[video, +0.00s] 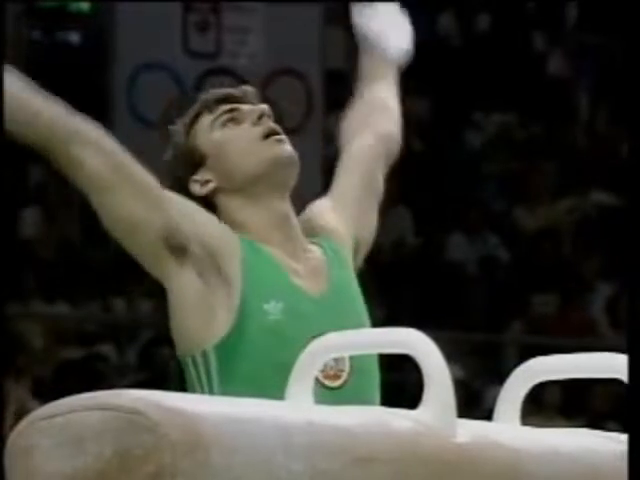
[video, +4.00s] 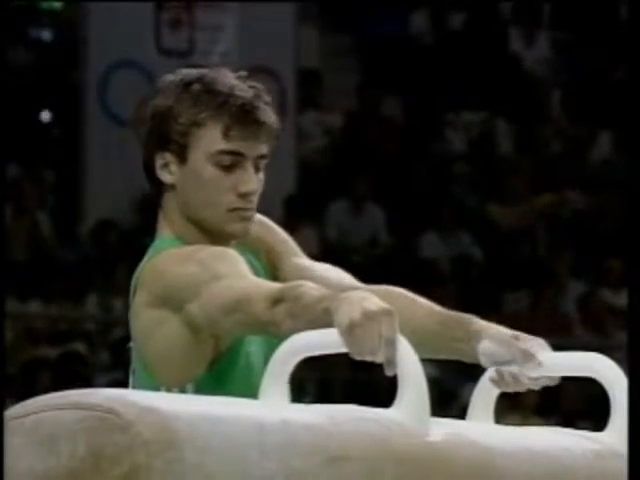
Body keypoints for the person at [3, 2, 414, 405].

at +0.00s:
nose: (264, 115)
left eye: (267, 112)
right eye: (231, 120)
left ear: (287, 143)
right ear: (203, 179)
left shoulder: (333, 240)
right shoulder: (198, 251)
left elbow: (371, 139)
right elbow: (79, 143)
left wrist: (381, 56)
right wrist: (5, 81)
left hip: (364, 473)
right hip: (253, 475)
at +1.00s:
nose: (259, 177)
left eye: (269, 158)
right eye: (235, 155)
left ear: (280, 163)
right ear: (180, 164)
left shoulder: (287, 250)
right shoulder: (184, 270)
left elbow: (388, 316)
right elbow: (271, 298)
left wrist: (500, 334)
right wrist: (347, 305)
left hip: (307, 473)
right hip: (221, 476)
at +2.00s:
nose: (268, 197)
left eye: (277, 178)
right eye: (248, 176)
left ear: (286, 172)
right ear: (186, 172)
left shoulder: (272, 241)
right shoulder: (188, 270)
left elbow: (371, 298)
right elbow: (271, 305)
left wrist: (477, 342)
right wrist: (339, 306)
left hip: (267, 466)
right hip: (199, 470)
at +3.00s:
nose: (254, 168)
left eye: (258, 149)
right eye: (227, 150)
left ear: (266, 154)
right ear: (169, 166)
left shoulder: (257, 241)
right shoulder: (183, 271)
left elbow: (359, 296)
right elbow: (271, 306)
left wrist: (479, 339)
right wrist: (343, 303)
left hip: (246, 467)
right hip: (186, 471)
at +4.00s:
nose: (251, 185)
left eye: (259, 165)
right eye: (228, 164)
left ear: (267, 164)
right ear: (168, 167)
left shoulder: (255, 237)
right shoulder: (182, 269)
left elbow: (356, 293)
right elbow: (270, 306)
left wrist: (480, 338)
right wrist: (342, 303)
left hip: (247, 465)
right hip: (186, 469)